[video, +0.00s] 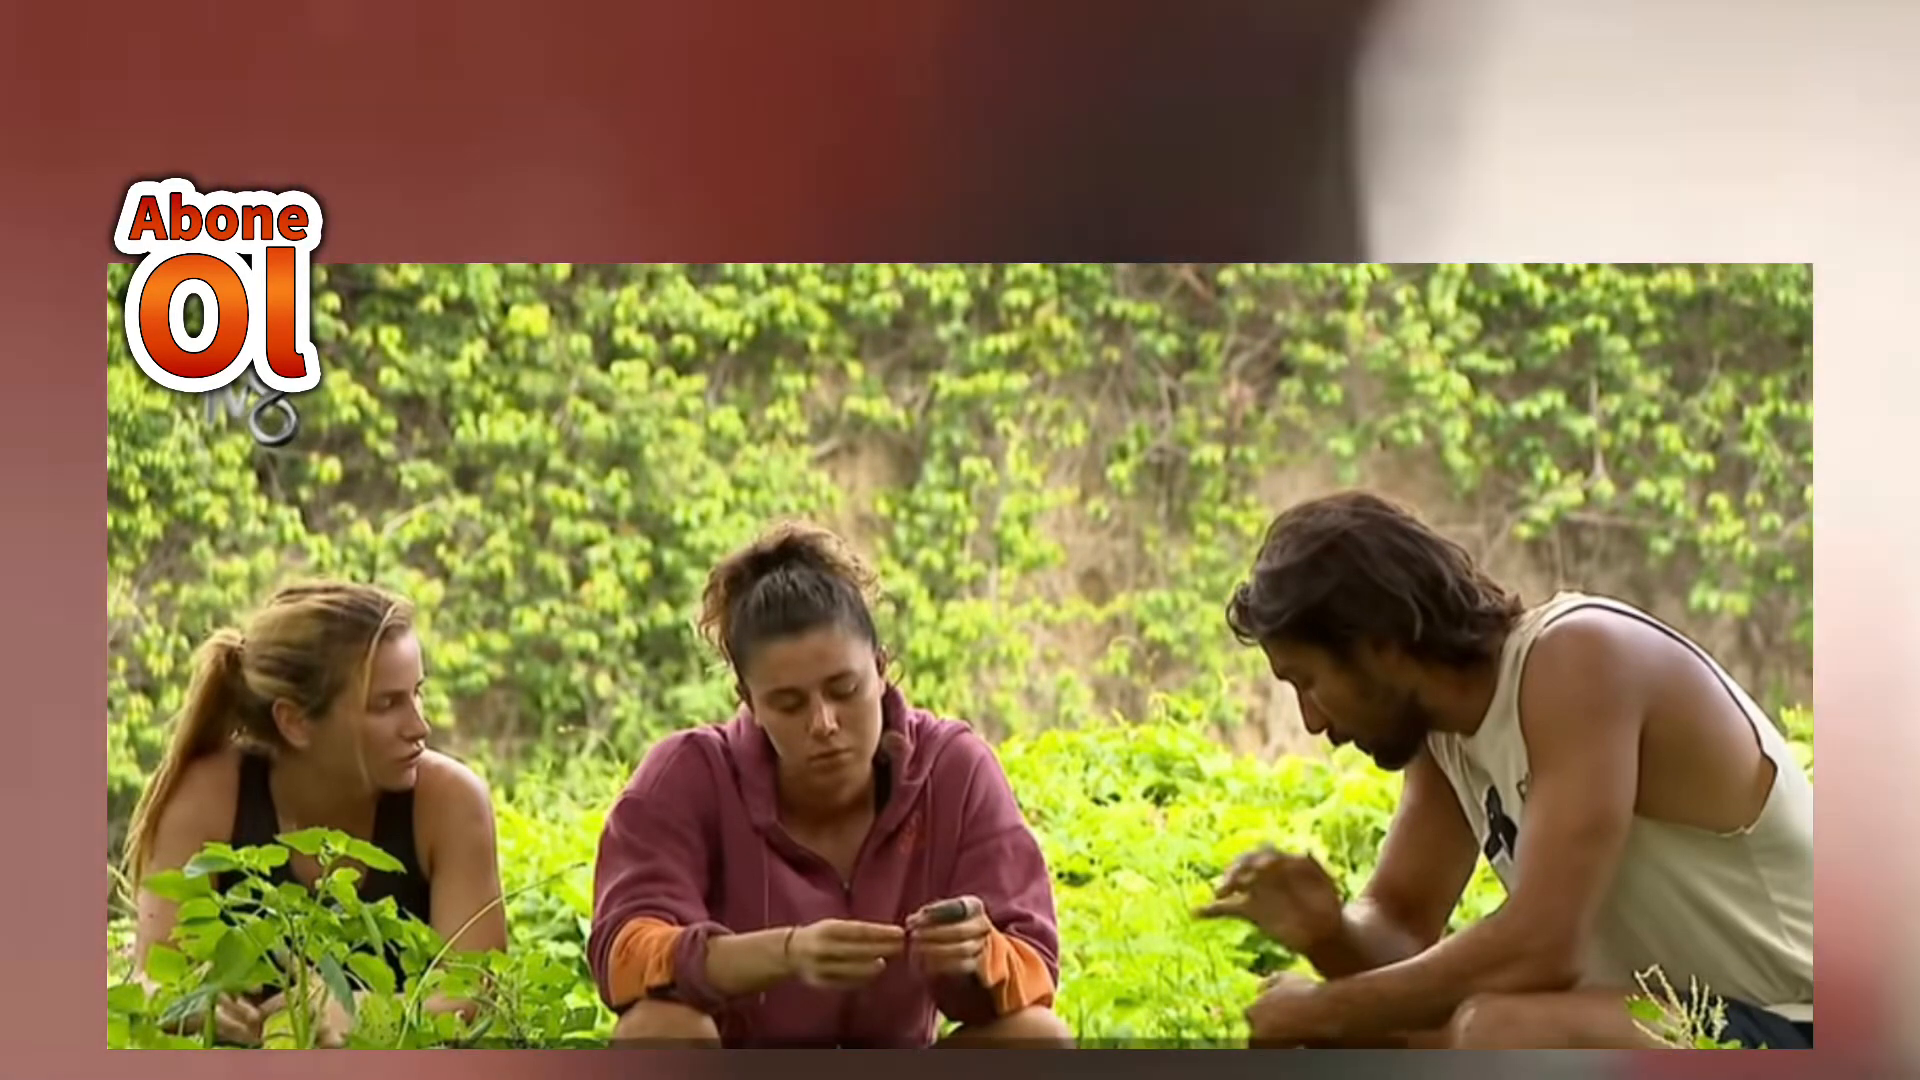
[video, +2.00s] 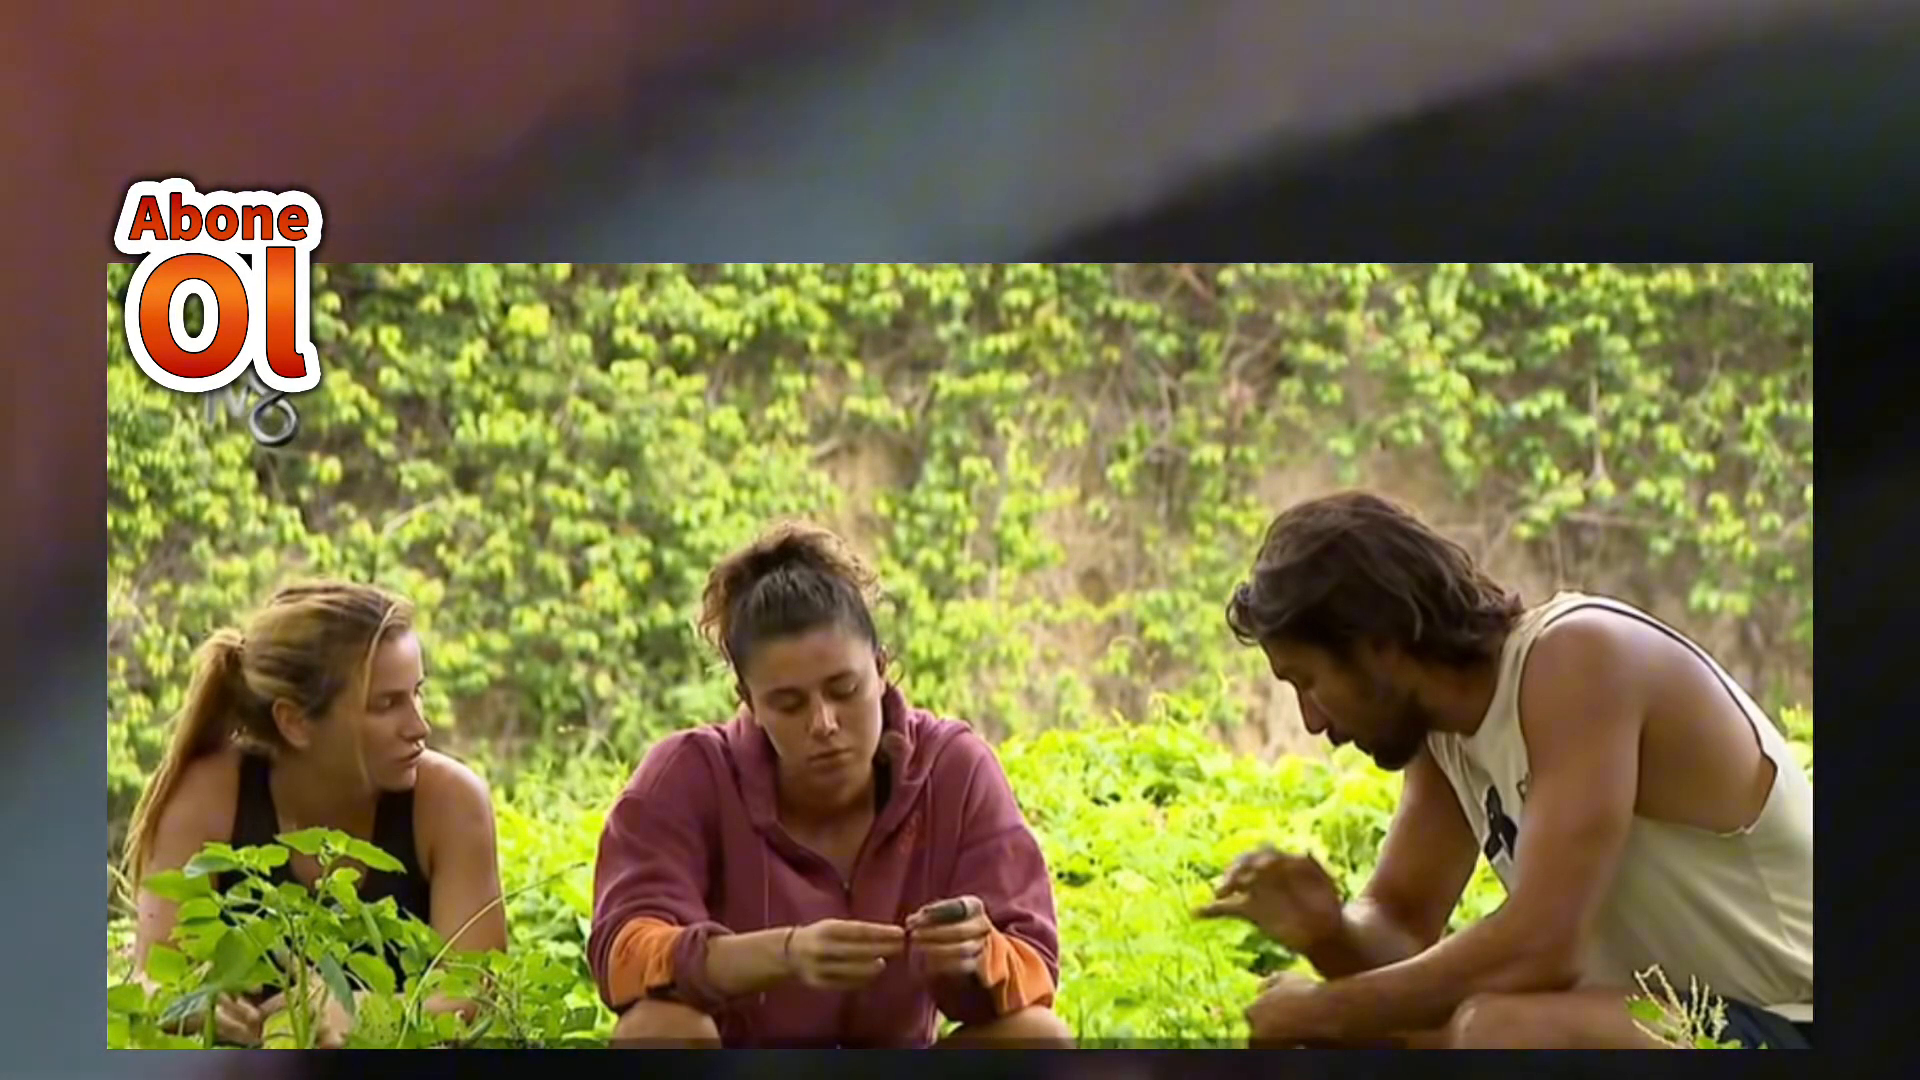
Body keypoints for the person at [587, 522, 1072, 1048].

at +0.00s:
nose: (824, 725)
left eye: (844, 690)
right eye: (789, 703)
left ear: (880, 669)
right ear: (747, 699)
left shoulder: (955, 766)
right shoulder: (687, 773)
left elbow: (1030, 970)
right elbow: (629, 957)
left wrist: (978, 953)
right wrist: (787, 952)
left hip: (897, 1059)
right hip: (738, 1061)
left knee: (1037, 1036)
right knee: (660, 1026)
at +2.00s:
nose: (824, 725)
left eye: (844, 690)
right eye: (789, 703)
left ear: (881, 670)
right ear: (747, 700)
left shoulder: (955, 766)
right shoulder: (687, 773)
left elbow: (1030, 971)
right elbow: (629, 957)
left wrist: (977, 953)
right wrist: (785, 953)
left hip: (897, 1053)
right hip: (739, 1056)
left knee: (1036, 1035)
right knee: (659, 1026)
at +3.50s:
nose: (824, 725)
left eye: (844, 690)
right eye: (789, 703)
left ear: (881, 670)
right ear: (747, 699)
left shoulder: (955, 766)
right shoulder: (687, 773)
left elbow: (1031, 969)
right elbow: (629, 957)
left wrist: (977, 953)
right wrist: (787, 951)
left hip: (898, 1059)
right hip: (739, 1061)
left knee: (1037, 1036)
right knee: (659, 1027)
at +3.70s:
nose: (824, 725)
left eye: (844, 690)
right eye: (789, 703)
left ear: (881, 670)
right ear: (747, 699)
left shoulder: (955, 766)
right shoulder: (687, 773)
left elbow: (1031, 969)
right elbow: (629, 957)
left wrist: (978, 953)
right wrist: (787, 952)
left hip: (897, 1060)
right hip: (738, 1061)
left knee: (1037, 1037)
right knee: (659, 1027)